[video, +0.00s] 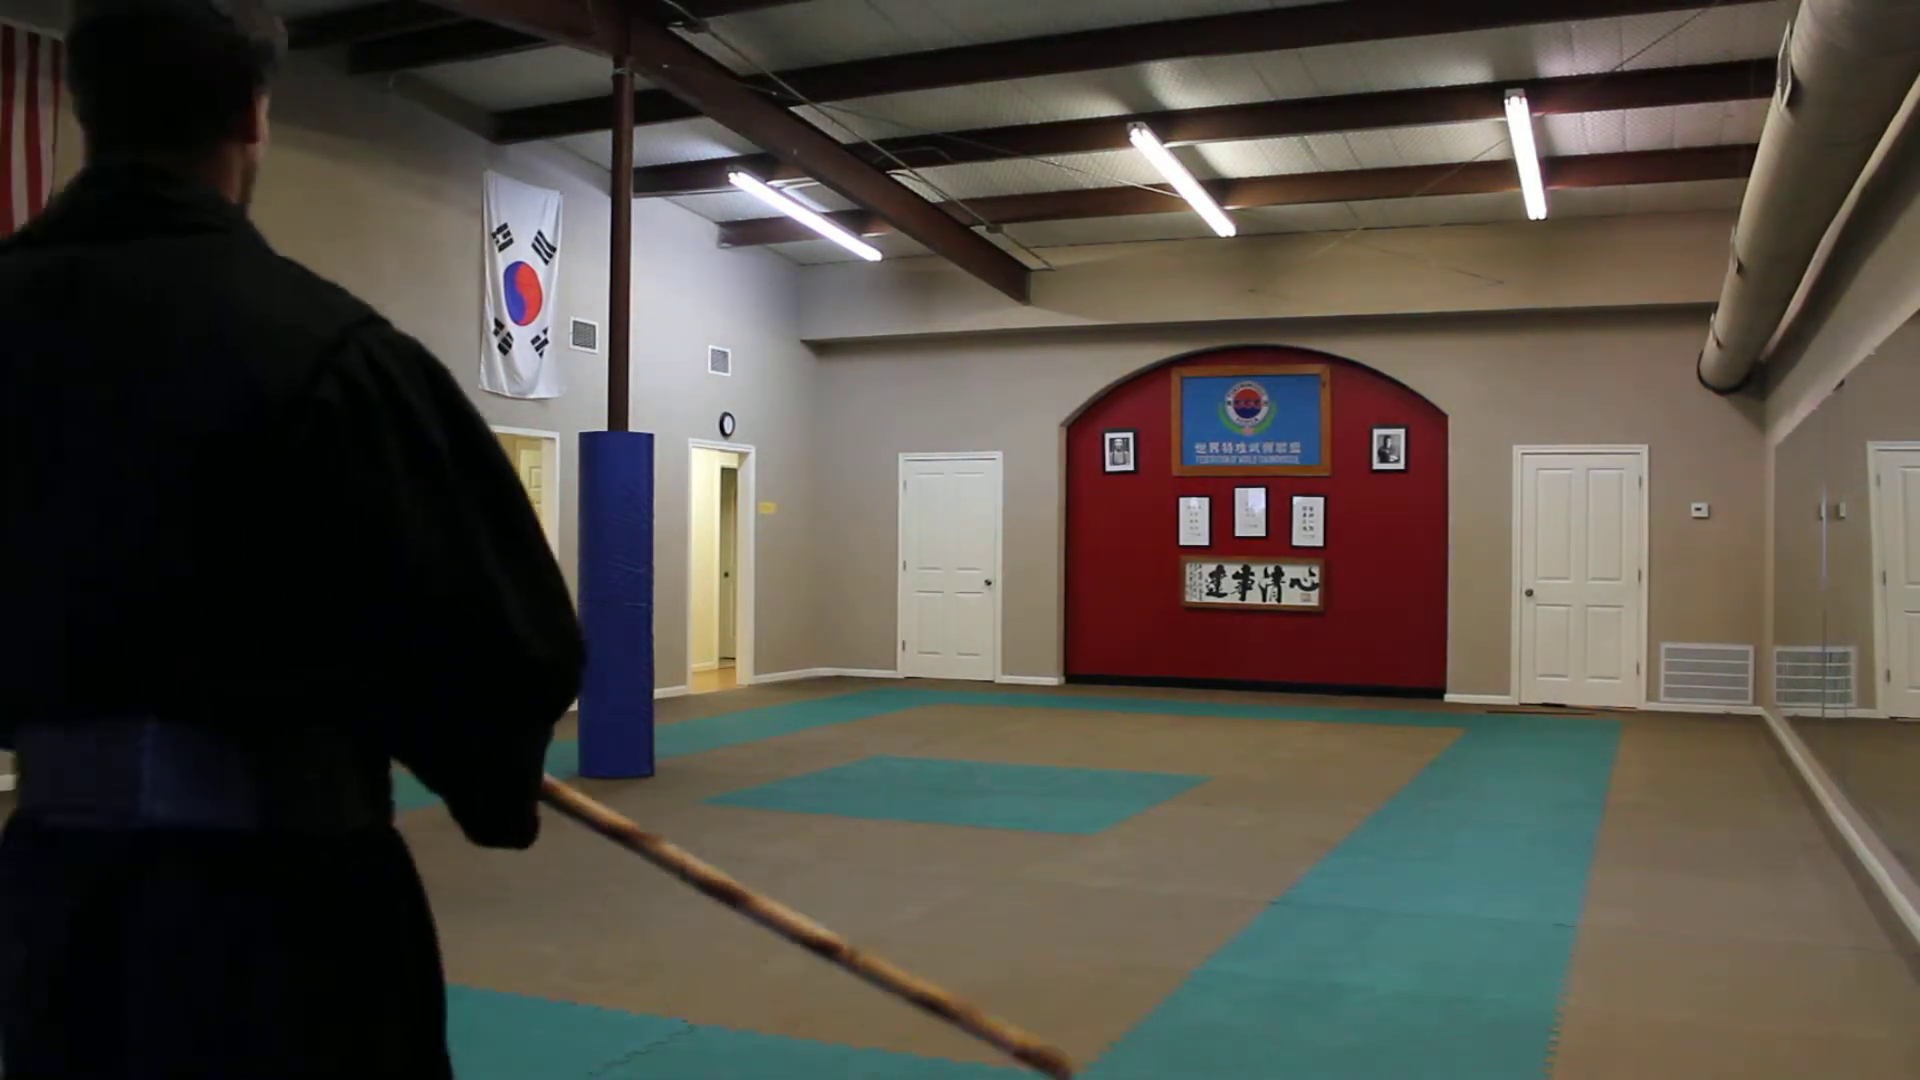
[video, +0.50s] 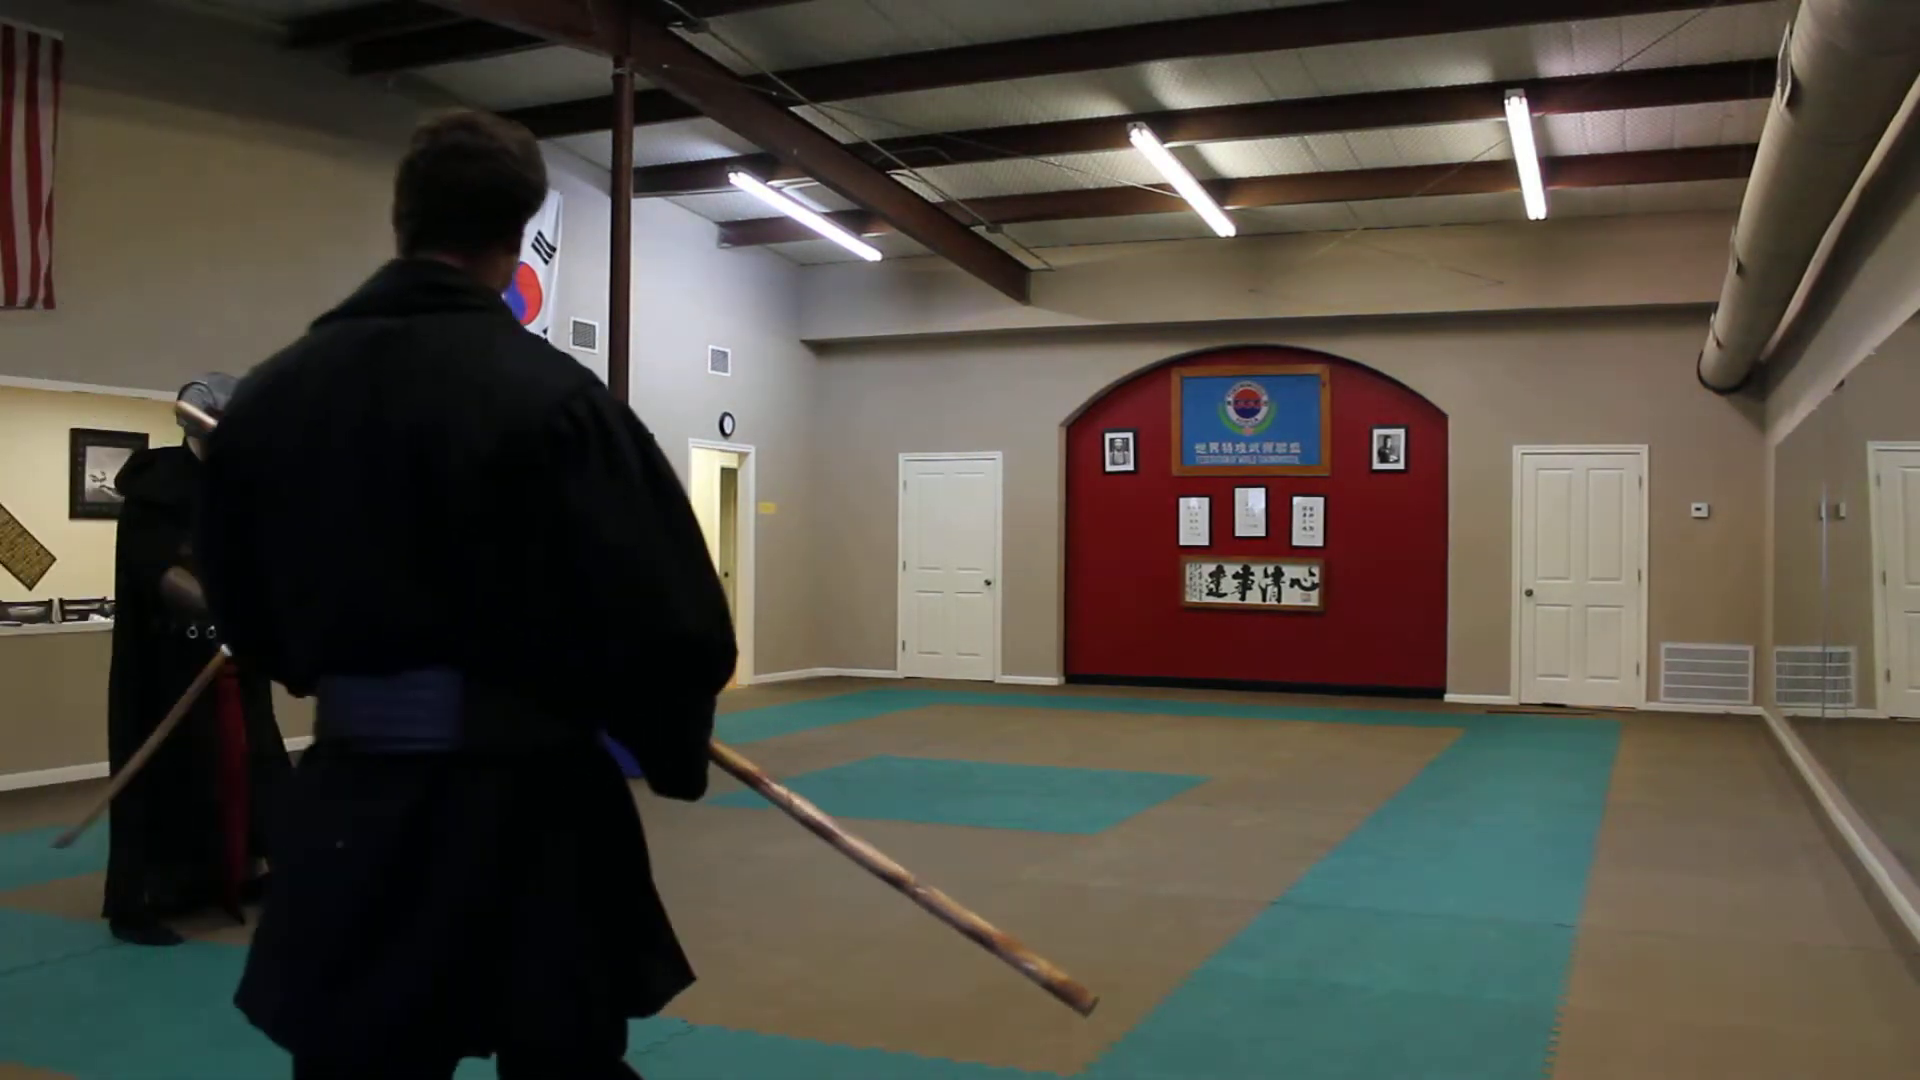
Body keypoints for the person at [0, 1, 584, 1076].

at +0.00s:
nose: (264, 132)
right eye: (266, 112)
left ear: (81, 112)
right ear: (253, 119)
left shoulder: (12, 309)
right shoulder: (335, 353)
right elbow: (507, 650)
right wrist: (491, 770)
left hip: (54, 852)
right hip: (291, 864)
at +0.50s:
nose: (524, 261)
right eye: (524, 239)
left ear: (403, 224)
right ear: (515, 244)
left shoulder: (273, 399)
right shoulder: (559, 400)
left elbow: (253, 618)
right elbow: (678, 629)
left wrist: (341, 677)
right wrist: (661, 741)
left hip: (354, 807)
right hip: (537, 809)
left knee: (356, 1059)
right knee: (565, 1057)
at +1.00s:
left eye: (589, 271)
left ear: (587, 281)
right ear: (685, 287)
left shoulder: (500, 418)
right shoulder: (752, 421)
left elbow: (422, 567)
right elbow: (818, 583)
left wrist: (525, 647)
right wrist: (739, 673)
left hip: (563, 750)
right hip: (701, 753)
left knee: (581, 999)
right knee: (692, 1001)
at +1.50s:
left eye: (632, 315)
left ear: (631, 324)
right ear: (717, 327)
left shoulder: (566, 438)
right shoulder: (780, 437)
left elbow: (524, 601)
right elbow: (843, 591)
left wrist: (591, 711)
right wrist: (793, 696)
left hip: (629, 732)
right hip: (762, 733)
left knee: (642, 952)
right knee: (781, 948)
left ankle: (649, 1074)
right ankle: (787, 1072)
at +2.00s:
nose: (718, 358)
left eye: (719, 348)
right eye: (722, 347)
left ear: (732, 352)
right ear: (800, 351)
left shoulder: (688, 450)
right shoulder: (865, 443)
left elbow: (640, 594)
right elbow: (905, 570)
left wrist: (681, 676)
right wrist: (857, 654)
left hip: (730, 700)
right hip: (840, 702)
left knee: (715, 891)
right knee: (838, 897)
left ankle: (704, 1054)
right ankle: (832, 1057)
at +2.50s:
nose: (684, 385)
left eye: (683, 374)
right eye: (684, 374)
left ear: (699, 374)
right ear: (755, 369)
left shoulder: (680, 467)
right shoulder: (825, 456)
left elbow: (631, 598)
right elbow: (851, 568)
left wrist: (646, 669)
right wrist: (810, 634)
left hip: (716, 679)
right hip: (804, 676)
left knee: (715, 839)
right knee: (807, 817)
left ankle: (729, 996)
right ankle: (832, 953)